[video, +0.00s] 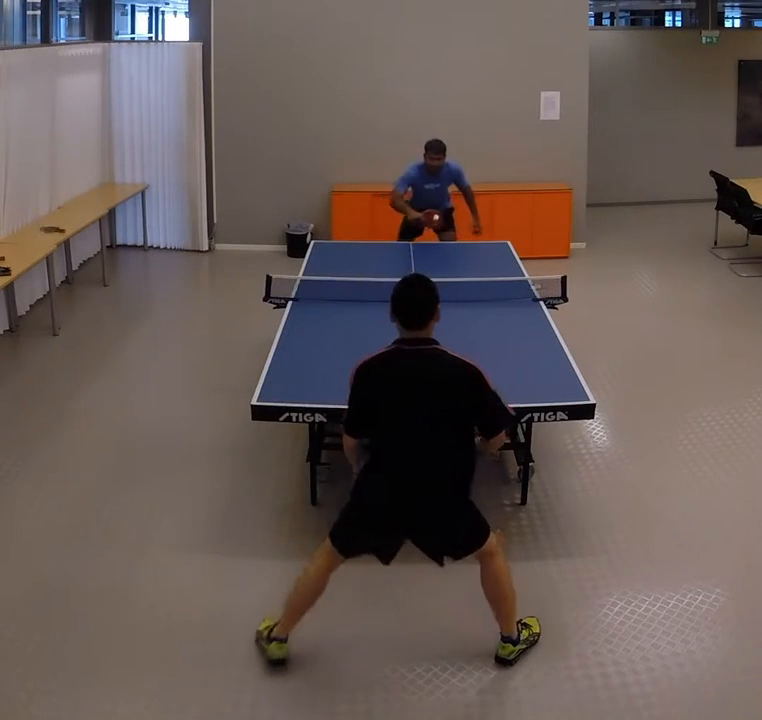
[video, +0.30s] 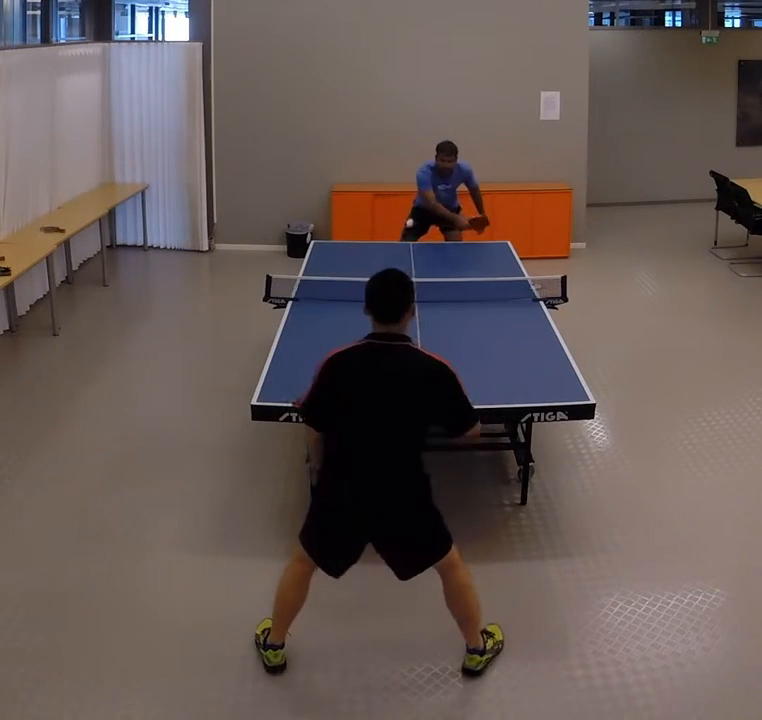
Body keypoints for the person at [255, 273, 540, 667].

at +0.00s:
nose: (438, 311)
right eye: (438, 306)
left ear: (393, 315)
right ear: (437, 314)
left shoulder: (369, 372)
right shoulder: (463, 373)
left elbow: (351, 440)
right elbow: (498, 431)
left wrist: (362, 476)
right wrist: (484, 446)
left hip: (379, 498)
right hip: (443, 500)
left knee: (326, 558)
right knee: (489, 551)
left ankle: (279, 636)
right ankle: (511, 638)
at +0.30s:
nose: (410, 309)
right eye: (412, 304)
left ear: (367, 310)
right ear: (411, 310)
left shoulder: (337, 364)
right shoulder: (432, 369)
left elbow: (313, 429)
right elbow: (467, 430)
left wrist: (320, 473)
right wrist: (425, 426)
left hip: (341, 494)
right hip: (403, 497)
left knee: (304, 562)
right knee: (450, 566)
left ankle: (273, 643)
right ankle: (476, 648)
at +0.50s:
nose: (400, 314)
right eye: (399, 309)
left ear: (355, 314)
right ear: (400, 316)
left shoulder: (326, 373)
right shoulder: (421, 372)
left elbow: (300, 442)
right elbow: (457, 413)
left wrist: (289, 472)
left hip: (336, 505)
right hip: (402, 505)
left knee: (300, 563)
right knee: (447, 567)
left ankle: (274, 643)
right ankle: (476, 648)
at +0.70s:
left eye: (337, 304)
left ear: (335, 309)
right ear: (379, 310)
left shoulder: (314, 371)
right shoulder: (404, 364)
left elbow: (290, 444)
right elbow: (419, 411)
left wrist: (272, 479)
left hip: (333, 500)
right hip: (396, 497)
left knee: (297, 568)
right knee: (442, 569)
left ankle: (273, 644)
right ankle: (476, 648)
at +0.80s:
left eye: (333, 300)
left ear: (334, 306)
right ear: (378, 309)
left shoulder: (315, 369)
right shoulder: (394, 356)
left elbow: (295, 449)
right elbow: (386, 421)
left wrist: (274, 483)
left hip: (335, 495)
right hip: (394, 489)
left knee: (297, 568)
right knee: (439, 568)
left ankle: (273, 644)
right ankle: (476, 648)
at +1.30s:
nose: (463, 322)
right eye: (464, 317)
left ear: (419, 312)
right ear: (461, 322)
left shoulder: (376, 354)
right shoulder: (457, 375)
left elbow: (331, 409)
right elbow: (446, 432)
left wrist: (327, 457)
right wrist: (454, 504)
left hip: (359, 490)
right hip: (418, 497)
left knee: (316, 566)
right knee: (455, 572)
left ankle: (276, 642)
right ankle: (468, 648)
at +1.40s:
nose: (468, 320)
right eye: (467, 314)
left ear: (422, 311)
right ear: (463, 320)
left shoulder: (380, 354)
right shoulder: (462, 376)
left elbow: (341, 419)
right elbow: (463, 454)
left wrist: (368, 455)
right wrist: (482, 517)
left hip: (364, 489)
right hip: (421, 498)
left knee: (323, 565)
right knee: (456, 567)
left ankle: (287, 646)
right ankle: (468, 647)